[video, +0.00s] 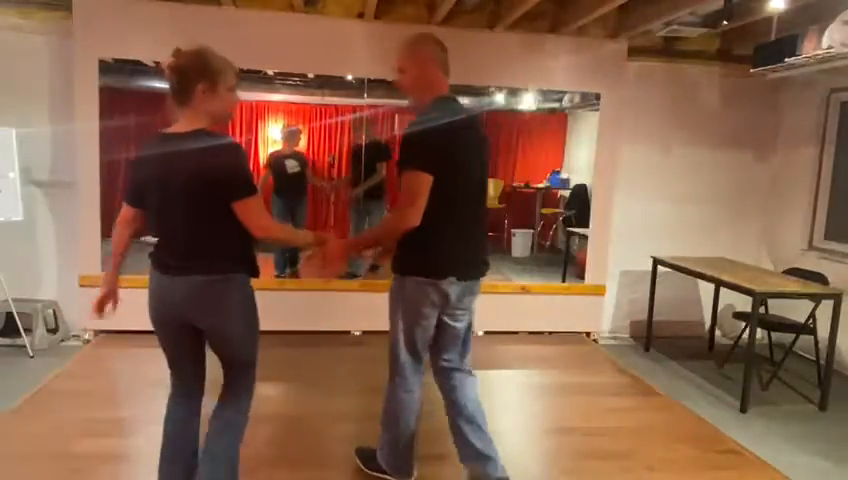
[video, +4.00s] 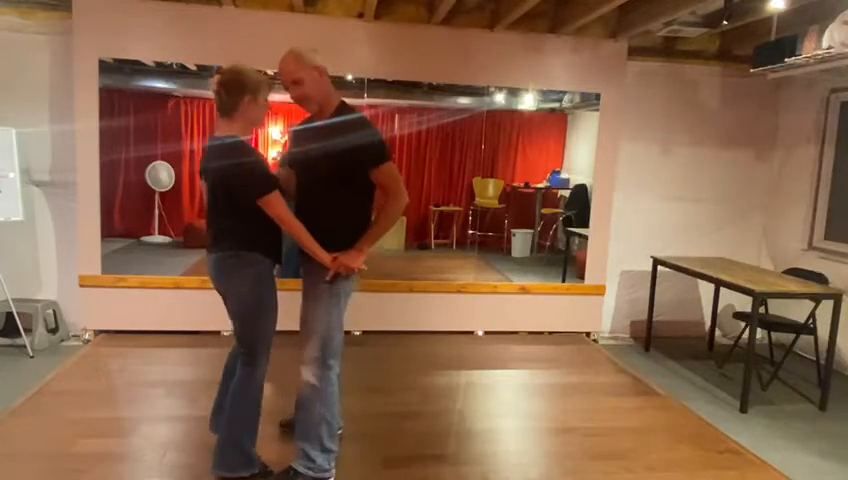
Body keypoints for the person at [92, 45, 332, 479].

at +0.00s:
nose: (235, 101)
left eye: (235, 91)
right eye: (230, 91)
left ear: (194, 93)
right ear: (203, 93)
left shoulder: (152, 153)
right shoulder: (225, 153)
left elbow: (126, 223)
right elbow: (262, 227)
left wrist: (109, 279)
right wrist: (313, 239)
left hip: (165, 291)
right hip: (221, 291)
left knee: (184, 384)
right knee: (239, 378)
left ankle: (173, 475)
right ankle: (214, 473)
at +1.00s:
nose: (270, 112)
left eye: (269, 105)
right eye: (265, 105)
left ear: (232, 108)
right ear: (247, 108)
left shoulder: (231, 153)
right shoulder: (241, 159)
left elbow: (272, 201)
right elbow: (274, 220)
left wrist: (316, 189)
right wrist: (329, 245)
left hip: (237, 255)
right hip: (246, 259)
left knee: (252, 342)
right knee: (252, 347)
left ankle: (243, 418)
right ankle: (230, 449)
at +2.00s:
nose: (267, 117)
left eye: (266, 111)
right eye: (264, 110)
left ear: (233, 114)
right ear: (248, 113)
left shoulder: (228, 155)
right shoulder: (243, 158)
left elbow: (265, 201)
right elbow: (269, 217)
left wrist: (301, 194)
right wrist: (306, 251)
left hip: (235, 257)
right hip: (244, 261)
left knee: (254, 343)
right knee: (274, 341)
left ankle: (235, 429)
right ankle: (238, 433)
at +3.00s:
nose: (271, 111)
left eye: (271, 104)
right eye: (269, 103)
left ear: (233, 104)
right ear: (254, 103)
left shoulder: (225, 149)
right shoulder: (248, 150)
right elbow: (272, 210)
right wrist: (306, 249)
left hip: (236, 253)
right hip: (250, 258)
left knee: (258, 343)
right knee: (250, 353)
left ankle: (249, 424)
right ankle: (230, 459)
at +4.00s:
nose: (267, 109)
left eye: (267, 101)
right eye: (263, 101)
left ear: (223, 103)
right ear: (244, 104)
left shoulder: (215, 150)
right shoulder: (243, 157)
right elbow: (284, 219)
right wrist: (325, 258)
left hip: (226, 261)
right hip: (249, 266)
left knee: (247, 345)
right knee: (255, 357)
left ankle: (223, 422)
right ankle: (235, 459)